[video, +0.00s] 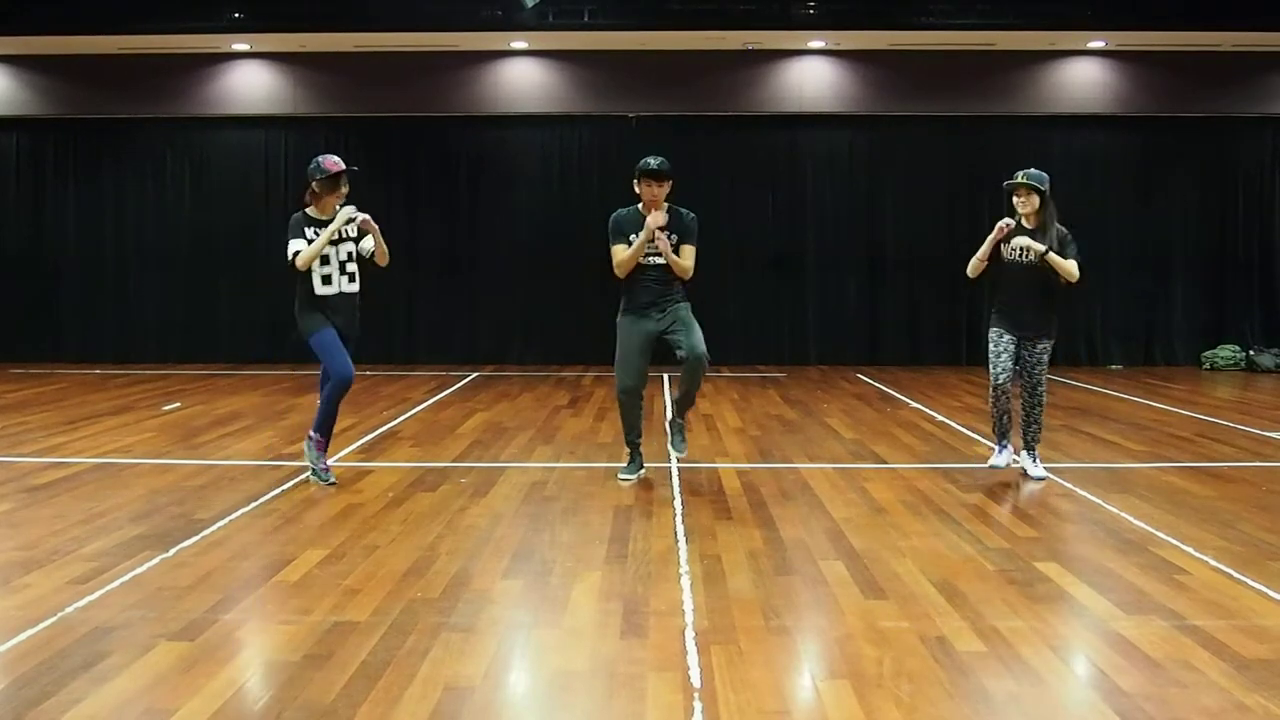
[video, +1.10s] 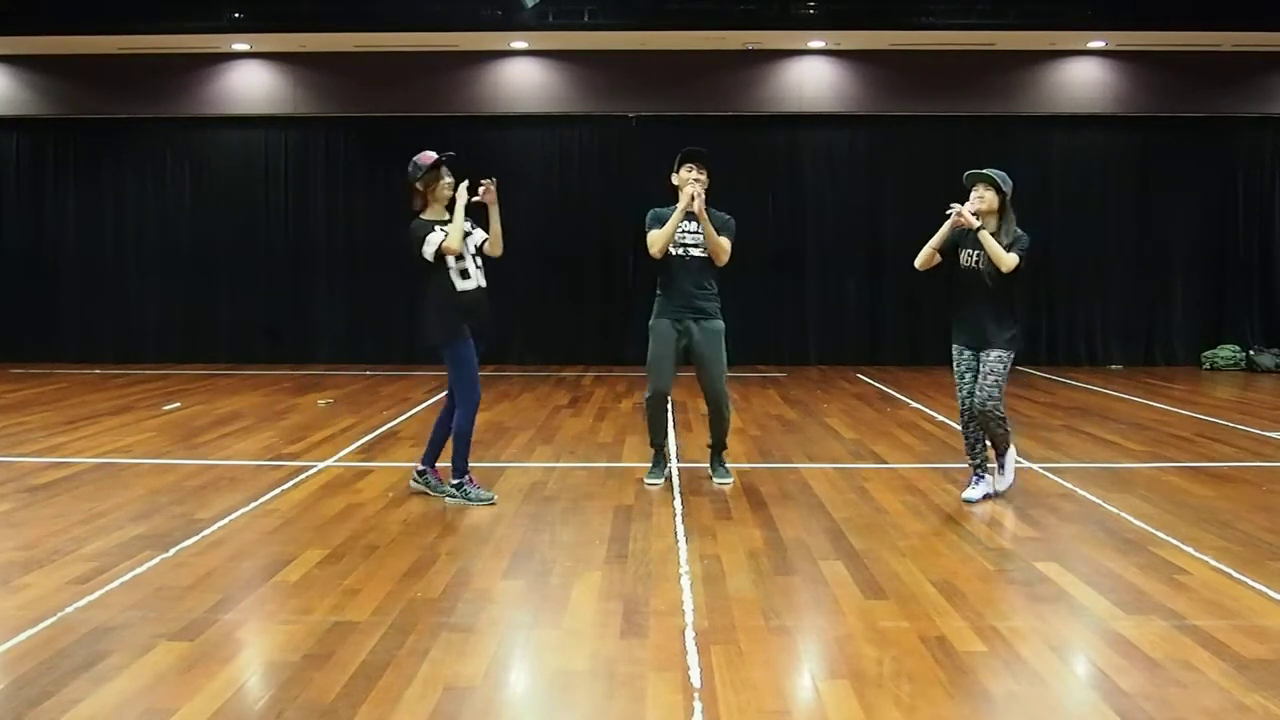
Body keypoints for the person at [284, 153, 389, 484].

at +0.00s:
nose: (341, 190)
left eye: (342, 183)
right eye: (333, 185)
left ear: (347, 184)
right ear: (315, 188)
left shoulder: (353, 219)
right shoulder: (301, 221)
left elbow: (381, 260)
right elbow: (301, 262)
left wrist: (374, 232)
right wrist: (332, 230)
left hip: (347, 313)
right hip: (314, 311)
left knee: (331, 383)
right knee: (343, 374)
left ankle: (319, 455)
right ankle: (316, 439)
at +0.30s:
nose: (365, 182)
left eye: (364, 176)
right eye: (357, 178)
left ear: (363, 182)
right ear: (339, 186)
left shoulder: (372, 222)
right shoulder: (329, 226)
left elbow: (402, 259)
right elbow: (356, 257)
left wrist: (401, 222)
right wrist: (366, 216)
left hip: (373, 317)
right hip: (344, 319)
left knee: (384, 392)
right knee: (362, 393)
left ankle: (339, 444)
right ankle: (350, 468)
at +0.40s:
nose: (376, 177)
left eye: (374, 171)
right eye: (368, 173)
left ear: (365, 180)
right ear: (350, 181)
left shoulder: (379, 218)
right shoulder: (341, 223)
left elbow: (416, 249)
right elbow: (376, 247)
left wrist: (413, 213)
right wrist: (380, 209)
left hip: (383, 320)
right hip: (353, 323)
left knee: (408, 383)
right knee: (359, 395)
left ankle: (374, 444)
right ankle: (349, 470)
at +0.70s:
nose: (407, 174)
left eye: (405, 169)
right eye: (398, 171)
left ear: (396, 179)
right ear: (381, 181)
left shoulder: (410, 217)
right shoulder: (376, 222)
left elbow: (442, 254)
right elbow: (417, 242)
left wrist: (444, 216)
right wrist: (417, 204)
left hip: (424, 317)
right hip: (394, 320)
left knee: (429, 391)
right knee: (403, 394)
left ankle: (421, 472)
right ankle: (359, 457)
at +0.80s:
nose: (416, 173)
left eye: (413, 168)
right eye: (407, 172)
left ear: (415, 176)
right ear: (391, 184)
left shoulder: (430, 215)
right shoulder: (387, 220)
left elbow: (469, 240)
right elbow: (421, 236)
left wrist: (458, 201)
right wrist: (426, 197)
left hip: (437, 314)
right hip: (408, 316)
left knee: (433, 394)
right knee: (433, 390)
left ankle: (421, 472)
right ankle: (387, 447)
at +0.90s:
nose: (422, 170)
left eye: (421, 165)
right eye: (412, 168)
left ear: (427, 173)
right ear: (397, 182)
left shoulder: (444, 213)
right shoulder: (397, 219)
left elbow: (485, 228)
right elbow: (427, 232)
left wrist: (469, 190)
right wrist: (433, 192)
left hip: (447, 312)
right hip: (418, 314)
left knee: (431, 392)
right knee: (450, 387)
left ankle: (422, 470)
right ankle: (424, 463)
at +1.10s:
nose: (450, 184)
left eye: (449, 178)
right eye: (442, 181)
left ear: (449, 182)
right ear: (425, 189)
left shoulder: (461, 219)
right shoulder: (420, 228)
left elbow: (495, 249)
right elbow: (453, 246)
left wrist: (492, 206)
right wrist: (461, 205)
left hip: (469, 315)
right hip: (447, 317)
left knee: (457, 397)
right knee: (469, 395)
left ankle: (425, 470)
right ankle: (460, 480)